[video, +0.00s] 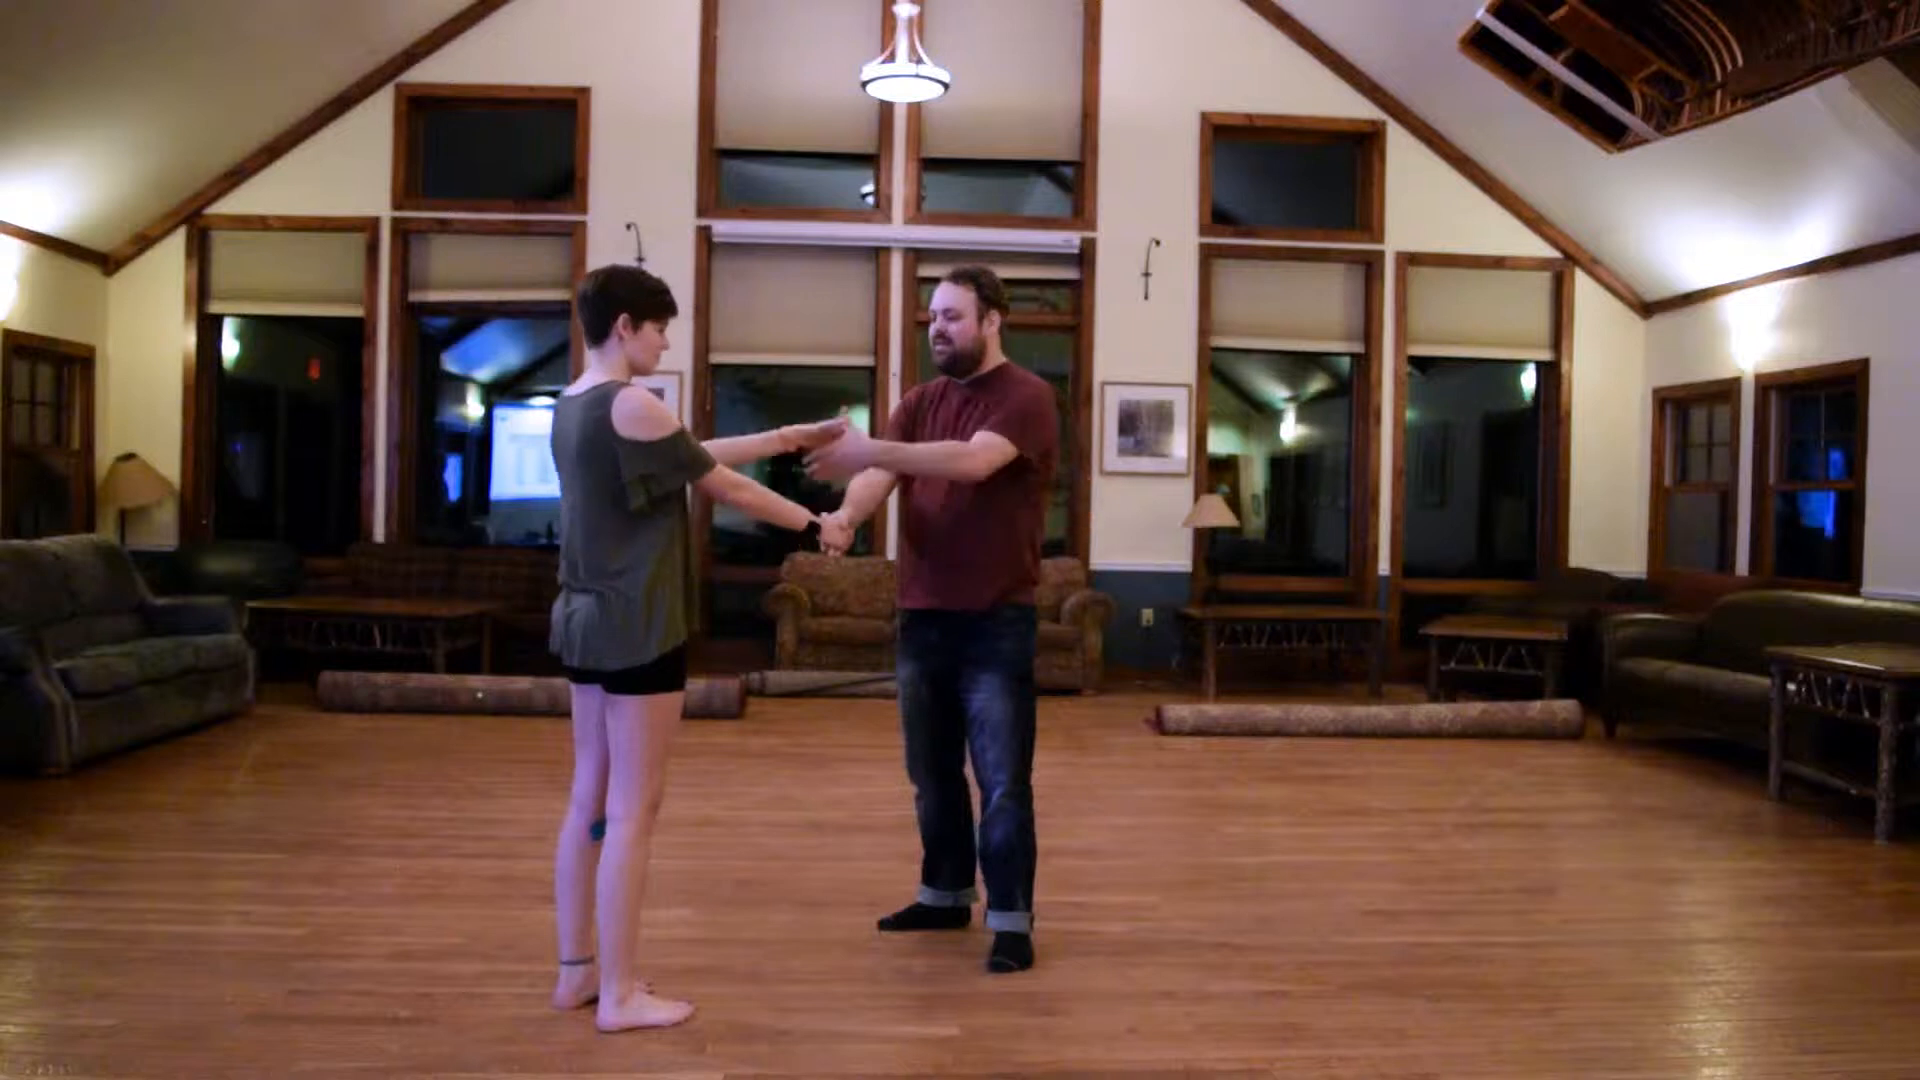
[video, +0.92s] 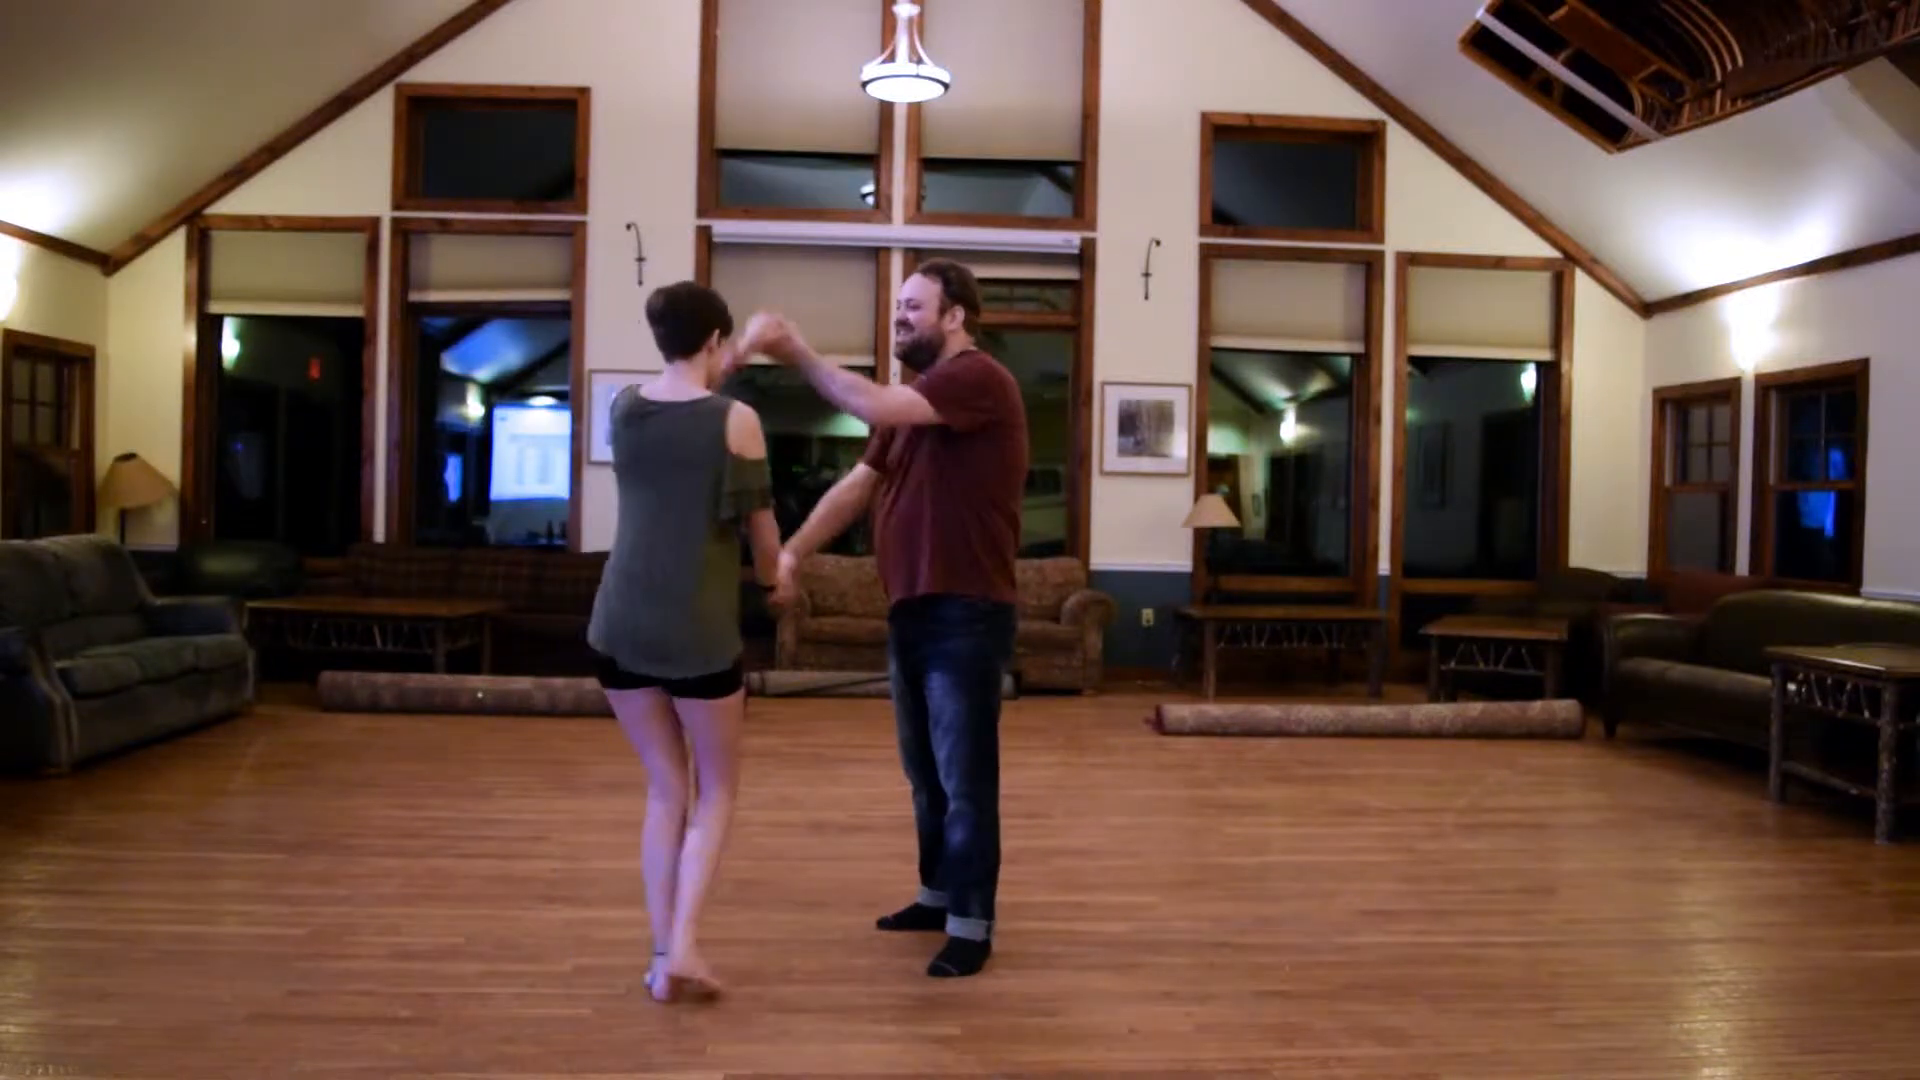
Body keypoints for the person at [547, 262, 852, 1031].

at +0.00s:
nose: (665, 341)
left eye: (665, 329)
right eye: (660, 329)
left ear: (606, 330)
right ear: (627, 329)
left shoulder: (575, 403)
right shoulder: (636, 409)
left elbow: (684, 456)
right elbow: (720, 484)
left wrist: (778, 441)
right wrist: (808, 520)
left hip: (584, 624)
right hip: (640, 632)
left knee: (586, 803)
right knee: (634, 809)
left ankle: (573, 970)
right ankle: (618, 994)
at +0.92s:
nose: (726, 347)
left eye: (724, 336)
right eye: (726, 337)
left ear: (657, 341)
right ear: (715, 343)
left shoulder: (625, 411)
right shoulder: (738, 419)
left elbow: (679, 388)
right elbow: (759, 529)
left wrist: (736, 351)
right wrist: (775, 575)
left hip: (618, 625)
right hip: (699, 631)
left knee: (666, 789)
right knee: (716, 793)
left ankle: (664, 954)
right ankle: (680, 946)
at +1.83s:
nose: (799, 348)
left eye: (796, 337)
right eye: (788, 338)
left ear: (764, 350)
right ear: (753, 349)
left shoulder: (785, 417)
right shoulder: (731, 422)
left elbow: (799, 531)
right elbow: (810, 484)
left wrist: (849, 586)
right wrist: (850, 448)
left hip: (784, 615)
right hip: (735, 617)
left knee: (789, 771)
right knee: (781, 776)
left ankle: (744, 916)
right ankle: (760, 933)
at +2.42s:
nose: (768, 322)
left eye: (780, 313)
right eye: (779, 312)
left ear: (802, 323)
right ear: (838, 332)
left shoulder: (782, 376)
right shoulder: (858, 406)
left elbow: (729, 276)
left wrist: (773, 254)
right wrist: (789, 269)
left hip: (795, 601)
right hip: (854, 603)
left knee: (775, 780)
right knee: (828, 775)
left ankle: (852, 936)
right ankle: (836, 932)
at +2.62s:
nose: (823, 324)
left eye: (836, 317)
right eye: (811, 316)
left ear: (855, 330)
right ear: (791, 331)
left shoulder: (869, 393)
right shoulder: (773, 391)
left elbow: (893, 273)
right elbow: (735, 290)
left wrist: (849, 225)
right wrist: (815, 247)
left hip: (837, 599)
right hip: (771, 596)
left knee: (813, 791)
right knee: (780, 791)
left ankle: (858, 951)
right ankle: (818, 947)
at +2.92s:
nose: (856, 334)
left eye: (851, 326)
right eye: (853, 322)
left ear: (805, 331)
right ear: (824, 325)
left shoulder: (854, 392)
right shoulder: (779, 384)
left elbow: (937, 381)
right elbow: (892, 345)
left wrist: (909, 298)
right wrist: (889, 291)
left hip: (857, 596)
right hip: (792, 595)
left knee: (852, 790)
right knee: (804, 796)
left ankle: (817, 941)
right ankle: (773, 984)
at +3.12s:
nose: (855, 336)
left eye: (857, 324)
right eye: (852, 325)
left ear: (785, 334)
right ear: (840, 331)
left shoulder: (784, 403)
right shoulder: (821, 407)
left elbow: (860, 406)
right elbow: (929, 438)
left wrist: (874, 319)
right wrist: (912, 355)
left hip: (818, 618)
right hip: (815, 622)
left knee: (837, 798)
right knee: (823, 803)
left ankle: (794, 966)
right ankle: (776, 986)